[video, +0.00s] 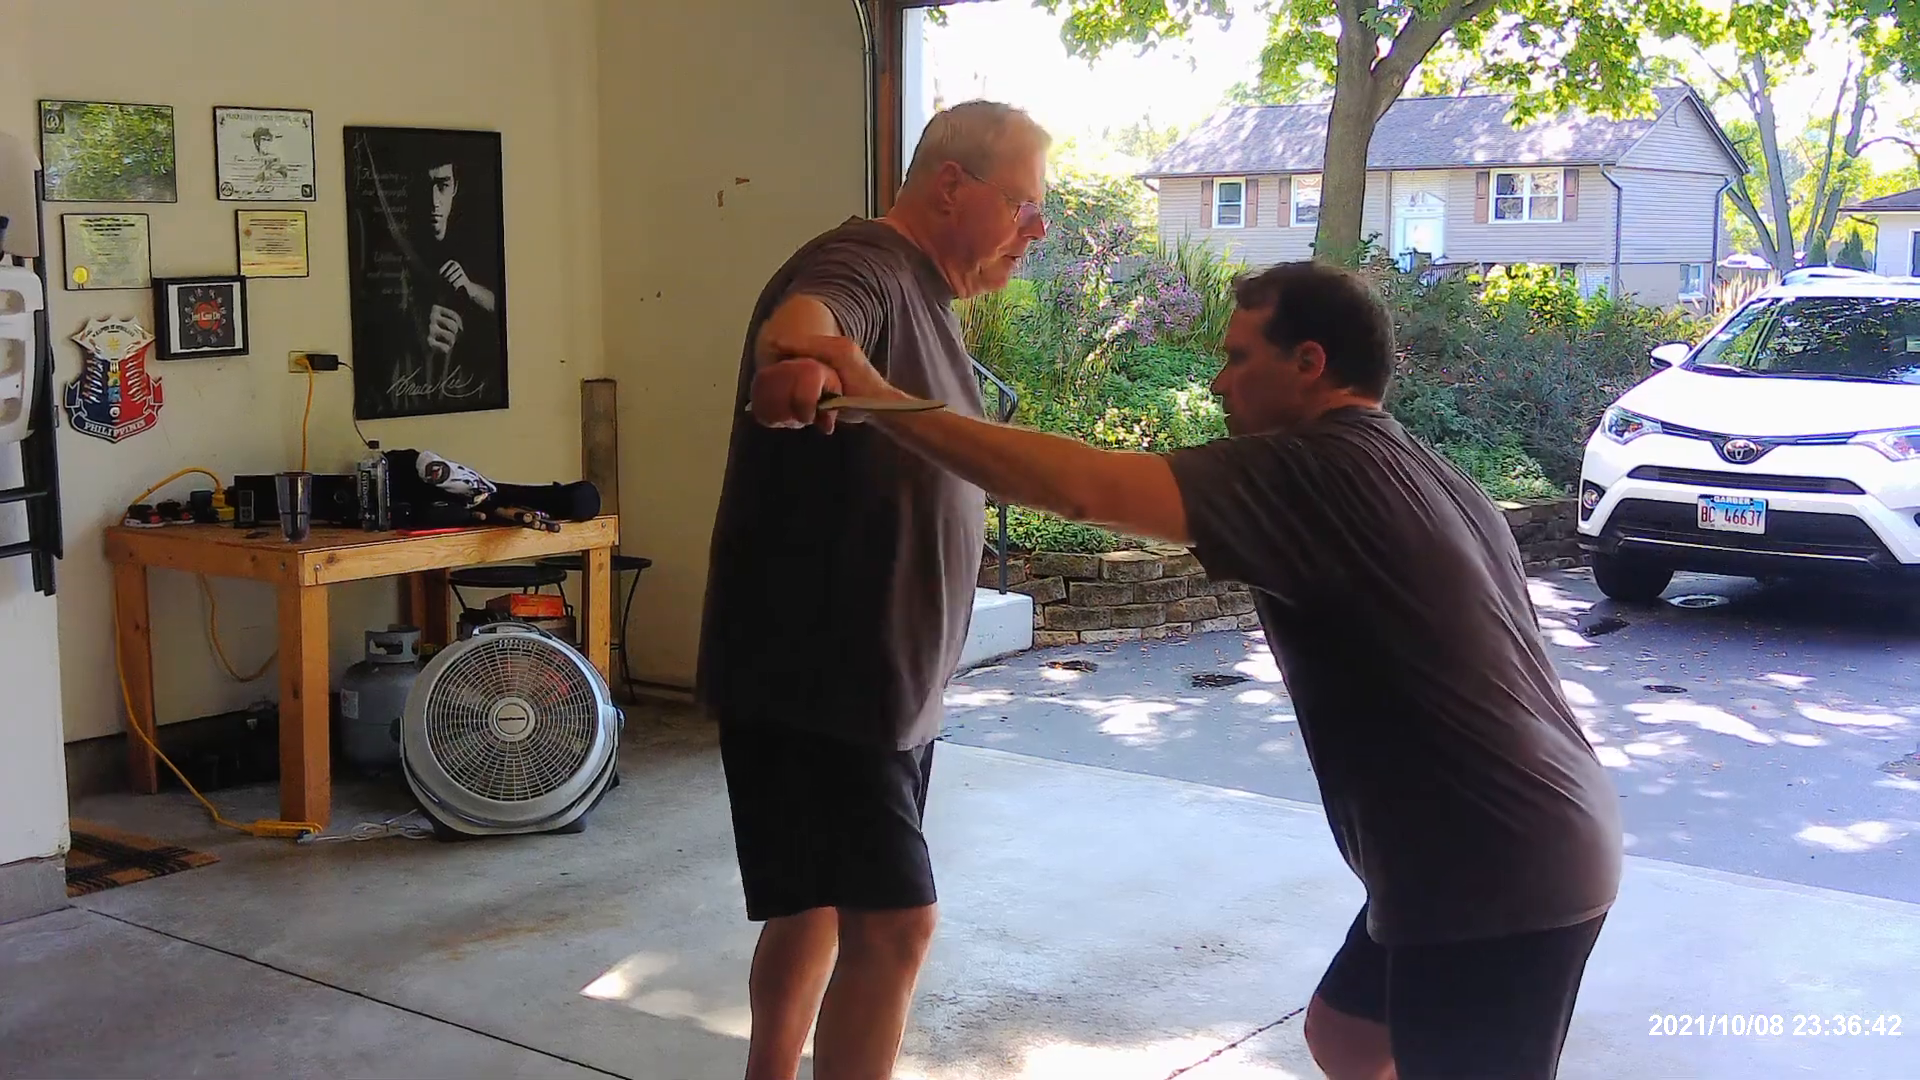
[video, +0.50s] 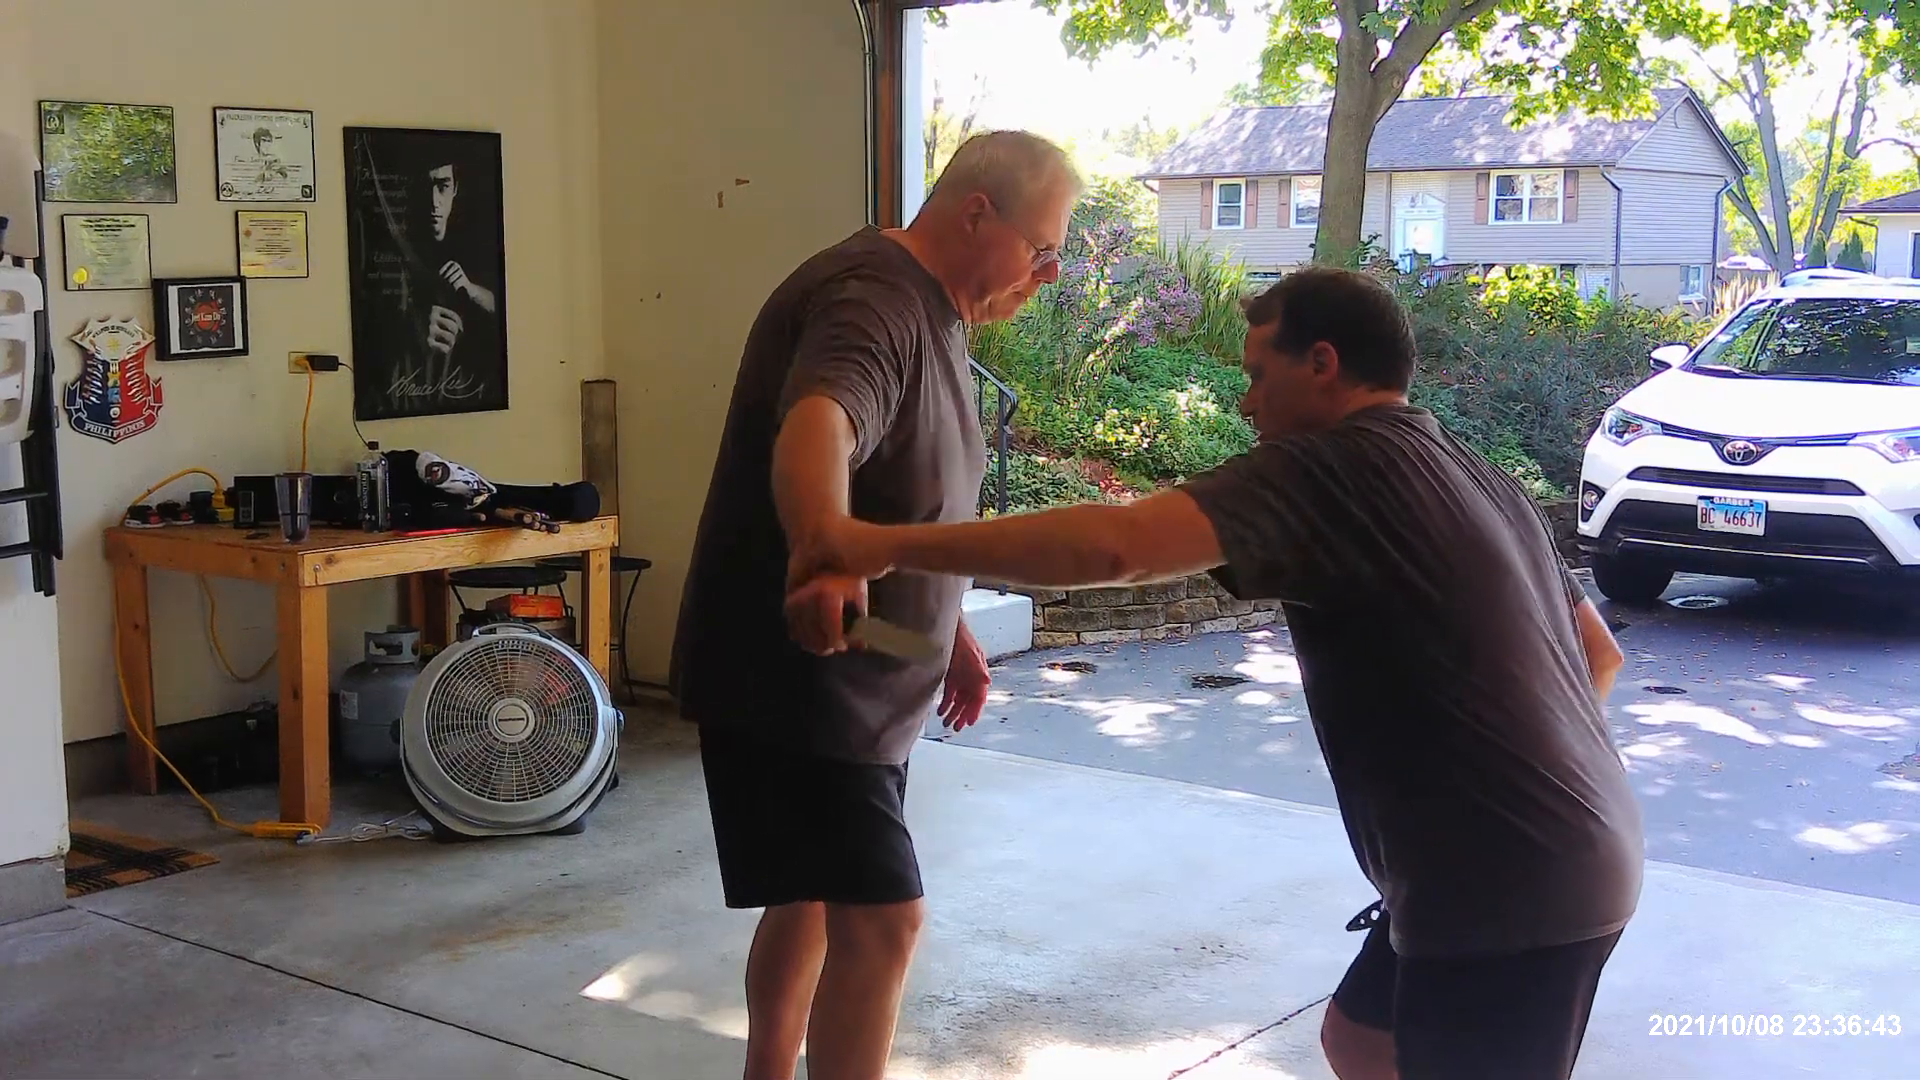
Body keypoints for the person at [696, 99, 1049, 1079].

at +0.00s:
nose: (1035, 233)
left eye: (1040, 211)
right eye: (1026, 205)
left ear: (953, 193)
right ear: (952, 186)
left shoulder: (923, 302)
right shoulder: (861, 262)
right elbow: (802, 314)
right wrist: (797, 359)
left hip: (881, 679)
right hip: (813, 681)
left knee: (807, 911)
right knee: (895, 924)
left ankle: (771, 1070)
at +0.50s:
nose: (1046, 275)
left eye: (1053, 256)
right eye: (1042, 248)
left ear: (974, 219)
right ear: (976, 216)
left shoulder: (923, 315)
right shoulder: (878, 297)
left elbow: (893, 490)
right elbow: (814, 422)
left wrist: (945, 623)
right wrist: (823, 551)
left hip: (846, 672)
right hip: (799, 677)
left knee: (805, 901)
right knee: (883, 921)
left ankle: (771, 1067)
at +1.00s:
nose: (1036, 297)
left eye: (1044, 279)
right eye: (1033, 272)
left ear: (958, 237)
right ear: (967, 238)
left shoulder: (860, 297)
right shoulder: (885, 339)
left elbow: (892, 525)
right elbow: (898, 574)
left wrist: (943, 595)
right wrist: (1016, 737)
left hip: (751, 655)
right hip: (773, 675)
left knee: (795, 889)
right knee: (862, 914)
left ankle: (770, 1069)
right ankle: (825, 1071)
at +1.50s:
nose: (1023, 308)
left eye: (1030, 289)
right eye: (1018, 282)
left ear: (947, 249)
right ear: (954, 247)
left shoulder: (853, 299)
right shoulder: (882, 342)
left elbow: (800, 478)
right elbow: (957, 565)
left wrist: (858, 610)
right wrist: (1112, 566)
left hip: (774, 640)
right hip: (728, 649)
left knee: (809, 870)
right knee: (795, 888)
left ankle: (763, 1057)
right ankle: (758, 1068)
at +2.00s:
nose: (1040, 409)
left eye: (1051, 391)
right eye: (1043, 384)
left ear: (972, 335)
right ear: (988, 347)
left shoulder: (862, 353)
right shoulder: (914, 430)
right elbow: (999, 636)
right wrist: (1129, 789)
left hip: (764, 670)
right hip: (657, 660)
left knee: (817, 856)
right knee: (583, 895)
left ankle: (772, 1068)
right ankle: (441, 1069)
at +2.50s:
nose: (1058, 438)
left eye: (1073, 424)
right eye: (1067, 413)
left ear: (1013, 360)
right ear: (1022, 366)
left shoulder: (876, 351)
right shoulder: (932, 431)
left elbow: (721, 414)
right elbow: (964, 650)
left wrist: (601, 474)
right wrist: (1045, 833)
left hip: (764, 656)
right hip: (673, 646)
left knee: (804, 852)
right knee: (583, 882)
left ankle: (764, 1070)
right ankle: (430, 1068)